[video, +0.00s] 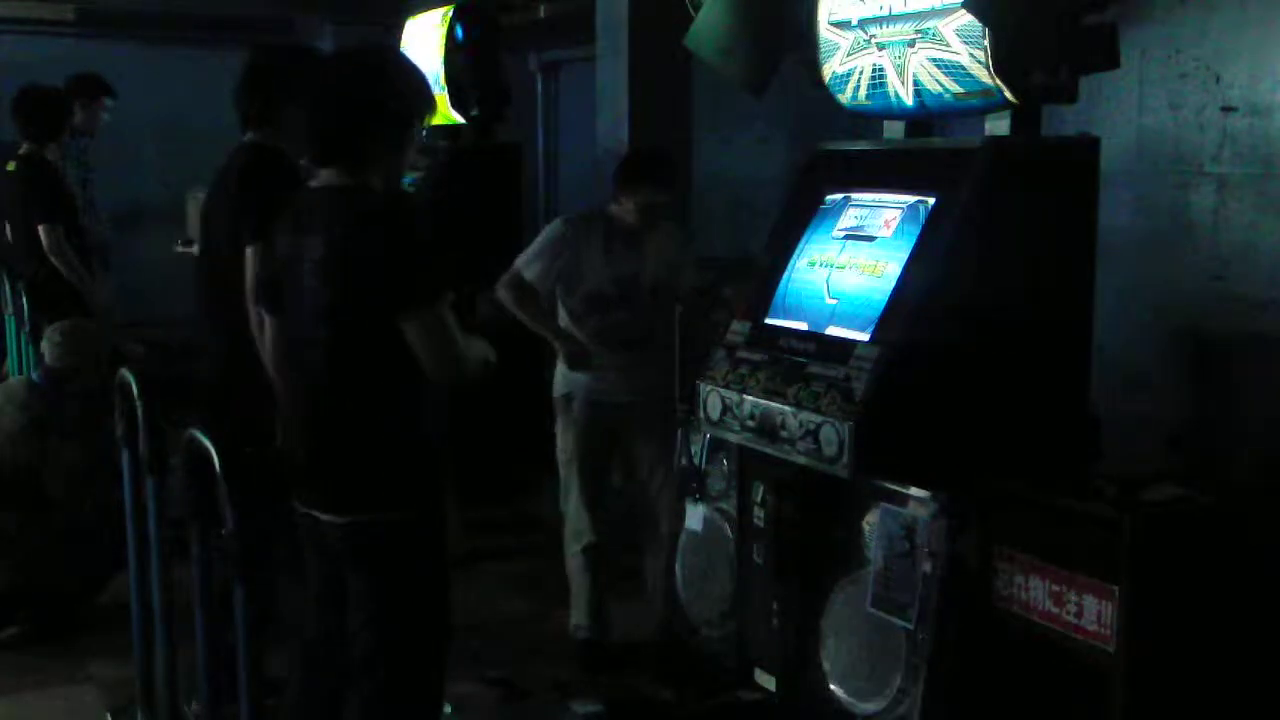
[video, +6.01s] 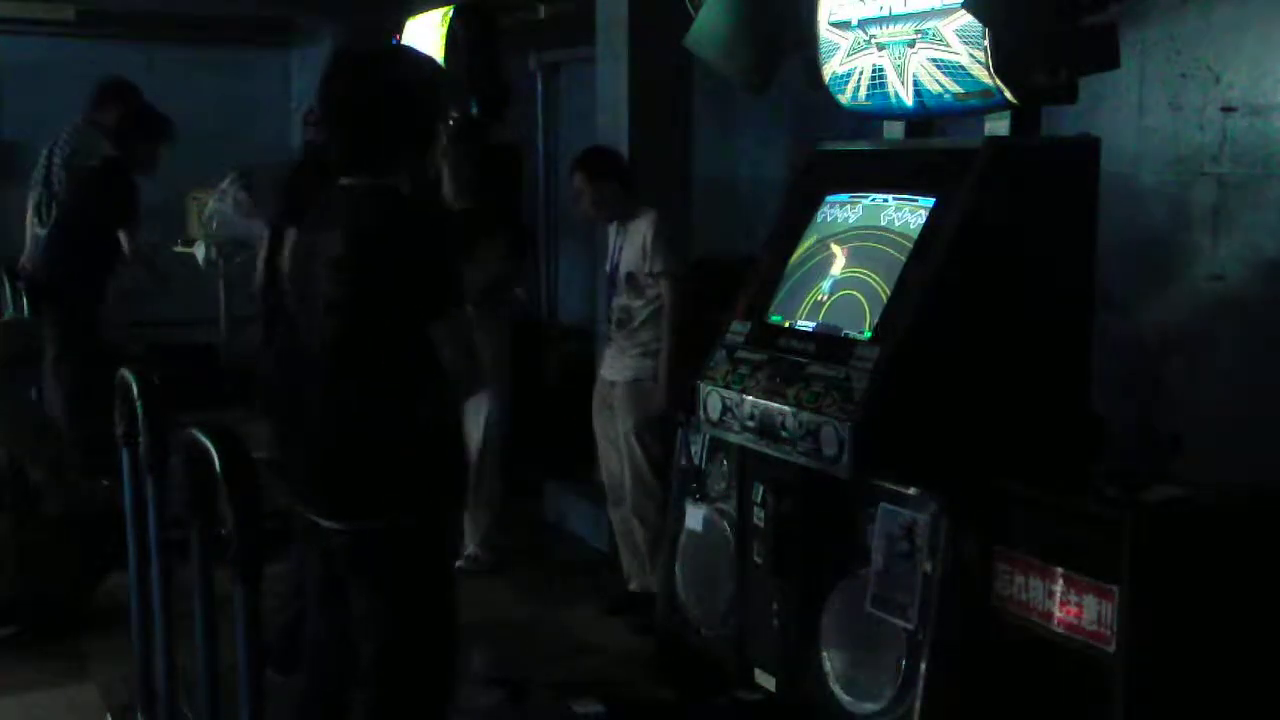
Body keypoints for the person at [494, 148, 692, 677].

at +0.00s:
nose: (648, 216)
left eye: (657, 206)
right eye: (641, 204)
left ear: (667, 204)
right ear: (620, 196)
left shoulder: (667, 242)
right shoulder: (572, 234)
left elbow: (689, 304)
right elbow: (513, 288)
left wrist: (678, 360)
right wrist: (561, 338)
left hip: (649, 390)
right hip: (584, 391)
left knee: (661, 508)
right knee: (585, 513)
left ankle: (663, 624)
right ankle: (587, 628)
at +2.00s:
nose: (720, 233)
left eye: (726, 223)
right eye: (714, 221)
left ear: (732, 221)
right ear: (690, 212)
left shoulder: (720, 258)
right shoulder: (645, 249)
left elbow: (737, 319)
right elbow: (631, 333)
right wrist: (686, 378)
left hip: (680, 389)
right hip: (626, 385)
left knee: (674, 507)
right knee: (612, 507)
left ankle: (667, 623)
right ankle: (591, 625)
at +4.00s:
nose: (576, 219)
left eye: (579, 208)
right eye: (572, 210)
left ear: (604, 198)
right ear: (588, 206)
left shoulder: (648, 239)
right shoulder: (604, 242)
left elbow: (663, 321)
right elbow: (608, 321)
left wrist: (636, 384)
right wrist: (601, 379)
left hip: (653, 386)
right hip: (615, 382)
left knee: (643, 499)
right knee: (598, 495)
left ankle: (651, 602)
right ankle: (605, 593)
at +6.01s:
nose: (582, 203)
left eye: (586, 192)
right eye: (579, 194)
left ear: (610, 188)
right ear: (595, 192)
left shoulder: (649, 230)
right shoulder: (615, 233)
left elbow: (668, 304)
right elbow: (619, 308)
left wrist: (665, 380)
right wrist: (607, 365)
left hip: (641, 375)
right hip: (611, 372)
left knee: (642, 484)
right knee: (616, 482)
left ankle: (654, 586)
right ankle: (633, 580)